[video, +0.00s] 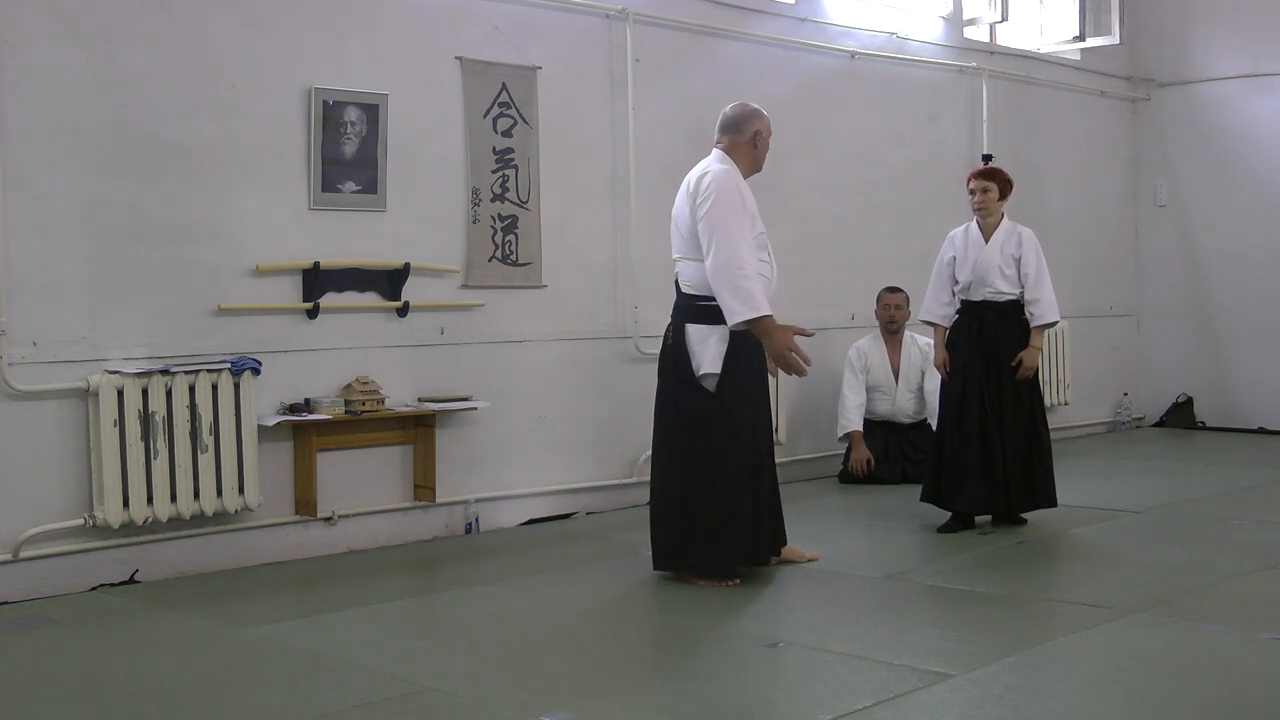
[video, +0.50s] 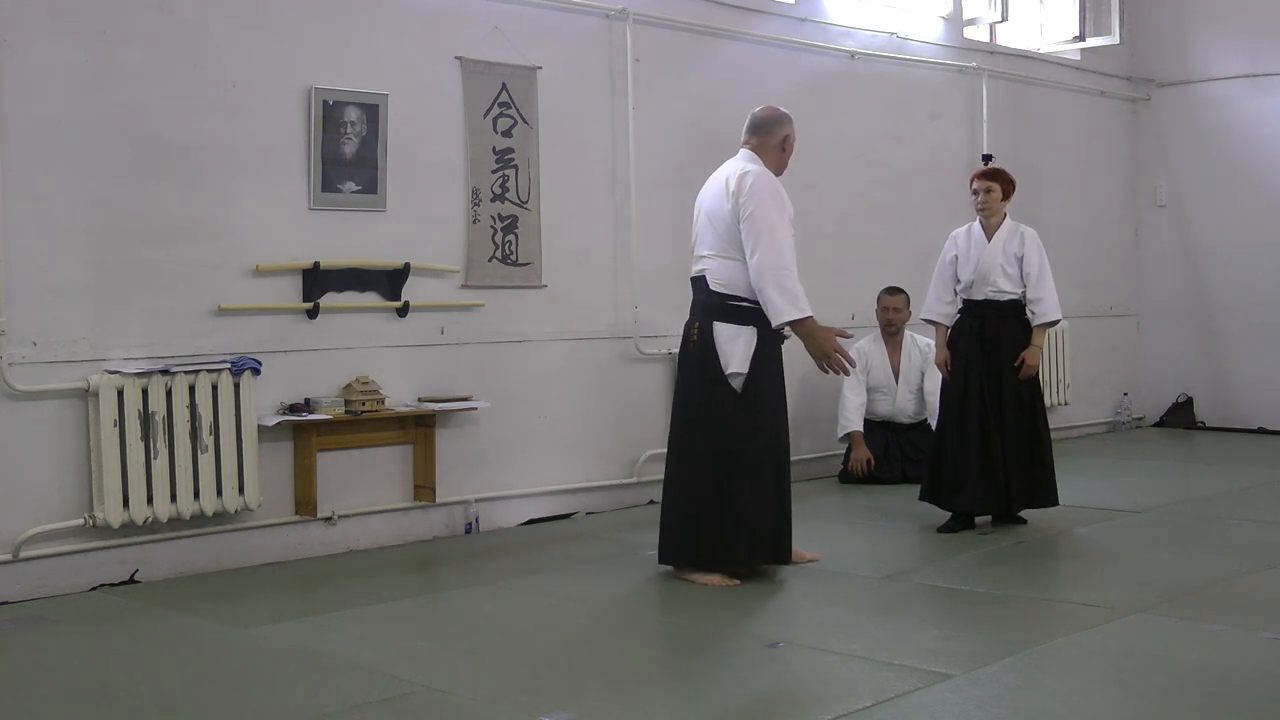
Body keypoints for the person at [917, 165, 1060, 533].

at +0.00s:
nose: (978, 198)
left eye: (986, 192)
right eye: (973, 192)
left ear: (1002, 196)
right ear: (968, 198)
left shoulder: (1022, 237)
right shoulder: (957, 238)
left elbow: (1039, 294)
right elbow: (941, 293)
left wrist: (1035, 345)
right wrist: (939, 344)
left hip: (1010, 331)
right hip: (967, 332)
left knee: (1010, 416)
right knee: (963, 416)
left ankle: (1007, 506)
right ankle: (963, 509)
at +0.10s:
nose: (978, 198)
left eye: (986, 192)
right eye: (974, 193)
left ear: (1003, 196)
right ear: (969, 198)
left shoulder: (1022, 237)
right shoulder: (958, 238)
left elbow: (1040, 294)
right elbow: (942, 293)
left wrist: (1035, 345)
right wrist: (939, 343)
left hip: (1010, 330)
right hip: (968, 331)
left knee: (1010, 415)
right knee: (964, 416)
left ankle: (1006, 506)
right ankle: (963, 509)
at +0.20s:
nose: (979, 198)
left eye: (987, 192)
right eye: (974, 193)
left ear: (1004, 196)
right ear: (969, 198)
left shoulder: (1023, 237)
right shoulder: (958, 238)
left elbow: (1041, 294)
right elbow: (942, 293)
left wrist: (1035, 345)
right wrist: (939, 343)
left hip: (1010, 330)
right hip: (968, 331)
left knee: (1010, 415)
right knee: (964, 415)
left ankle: (1006, 506)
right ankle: (963, 509)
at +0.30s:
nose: (980, 198)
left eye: (988, 192)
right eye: (975, 193)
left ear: (1005, 196)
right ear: (970, 198)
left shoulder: (1023, 237)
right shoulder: (959, 238)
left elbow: (1041, 294)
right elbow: (942, 292)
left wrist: (1035, 345)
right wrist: (939, 343)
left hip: (1010, 330)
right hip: (968, 331)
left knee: (1010, 415)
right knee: (964, 416)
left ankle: (1006, 506)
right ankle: (963, 509)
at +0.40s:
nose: (980, 198)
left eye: (988, 192)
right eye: (975, 193)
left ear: (1005, 196)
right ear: (971, 198)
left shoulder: (1024, 237)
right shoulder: (959, 238)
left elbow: (1041, 294)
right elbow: (943, 293)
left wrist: (1035, 345)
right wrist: (940, 343)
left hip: (1010, 330)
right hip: (968, 331)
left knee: (1010, 415)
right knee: (964, 416)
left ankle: (1006, 506)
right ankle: (963, 509)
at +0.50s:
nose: (981, 198)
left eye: (989, 192)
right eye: (976, 193)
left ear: (1005, 196)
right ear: (971, 198)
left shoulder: (1024, 237)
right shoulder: (959, 238)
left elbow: (1041, 294)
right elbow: (943, 292)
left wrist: (1036, 344)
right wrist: (940, 343)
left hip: (1011, 331)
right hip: (968, 332)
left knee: (1010, 416)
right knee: (964, 416)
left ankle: (1006, 506)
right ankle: (963, 509)